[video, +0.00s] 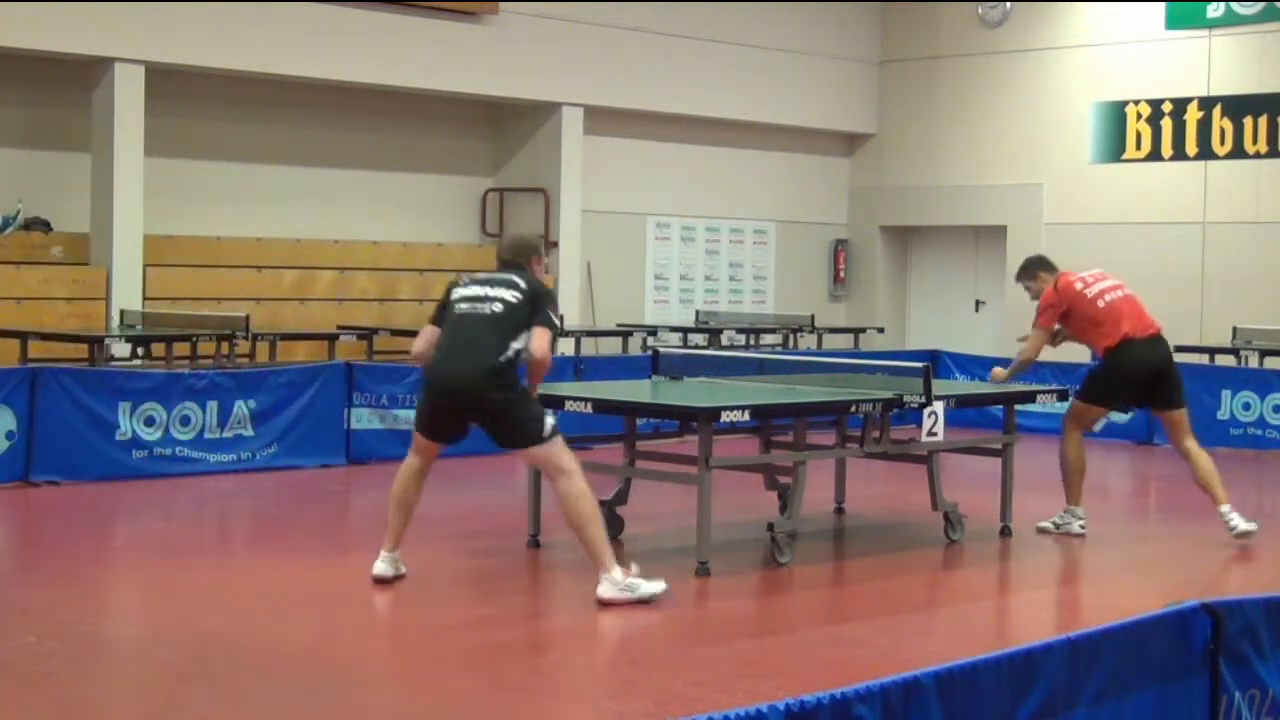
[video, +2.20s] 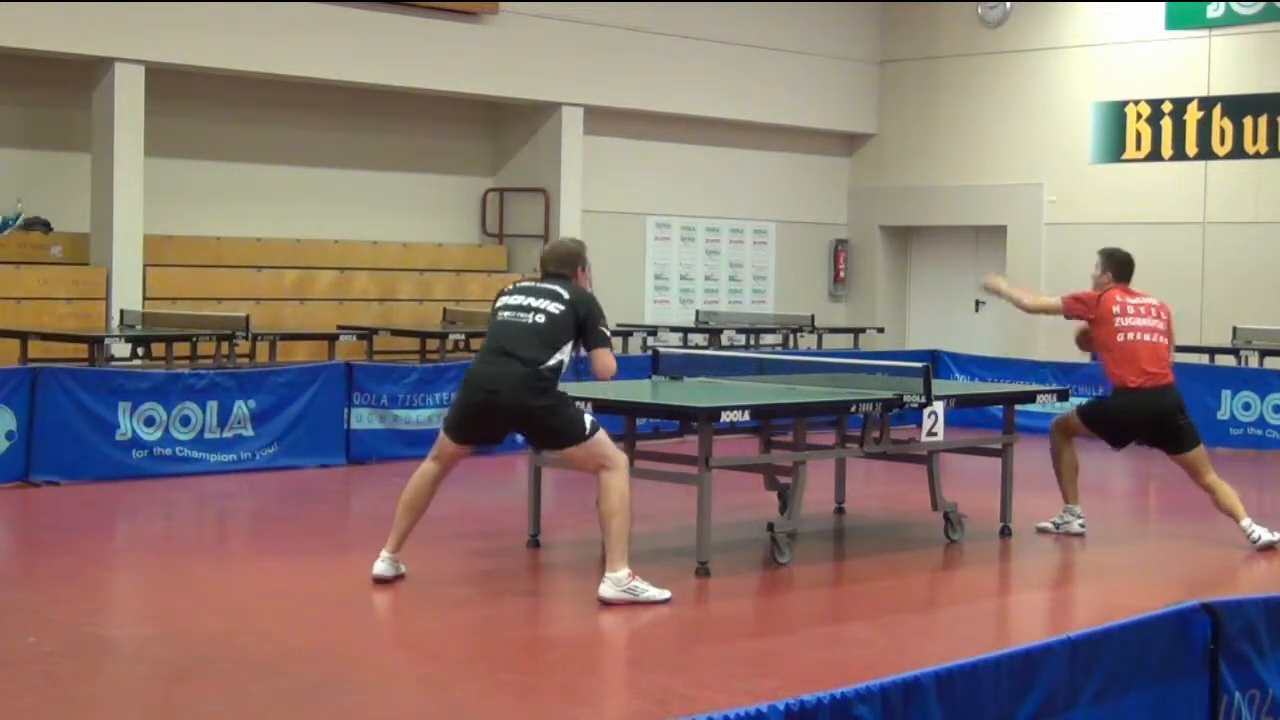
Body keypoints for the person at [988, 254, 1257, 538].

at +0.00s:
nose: (1032, 296)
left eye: (1030, 288)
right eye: (1028, 291)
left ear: (1041, 277)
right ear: (1053, 271)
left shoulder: (1055, 293)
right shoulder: (1092, 276)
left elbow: (1031, 353)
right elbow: (1097, 317)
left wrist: (1007, 373)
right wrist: (1064, 335)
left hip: (1121, 359)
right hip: (1159, 351)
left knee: (1073, 427)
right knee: (1186, 441)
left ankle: (1073, 514)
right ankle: (1229, 514)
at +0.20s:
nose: (1028, 323)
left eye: (1028, 317)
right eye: (1025, 319)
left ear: (1040, 307)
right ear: (1051, 299)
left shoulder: (1052, 323)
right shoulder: (1086, 306)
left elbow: (1017, 370)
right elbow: (1072, 355)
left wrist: (994, 367)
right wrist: (1031, 352)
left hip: (1125, 382)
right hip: (1161, 375)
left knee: (1063, 429)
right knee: (1198, 462)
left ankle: (1072, 514)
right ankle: (1254, 523)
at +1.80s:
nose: (1051, 316)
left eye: (1052, 309)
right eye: (1050, 310)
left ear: (1068, 305)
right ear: (1080, 302)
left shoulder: (1066, 328)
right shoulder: (1115, 319)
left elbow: (1022, 351)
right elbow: (1078, 345)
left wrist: (995, 342)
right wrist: (1040, 332)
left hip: (1119, 417)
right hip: (1158, 413)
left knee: (1052, 431)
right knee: (1201, 486)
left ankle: (1071, 514)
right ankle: (1247, 530)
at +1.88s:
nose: (1058, 307)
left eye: (1060, 300)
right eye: (1058, 301)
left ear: (1074, 298)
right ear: (1089, 295)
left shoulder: (1073, 318)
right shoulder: (1121, 316)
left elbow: (1022, 328)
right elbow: (1083, 335)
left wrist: (1001, 302)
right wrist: (1051, 316)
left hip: (1118, 416)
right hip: (1157, 413)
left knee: (1052, 432)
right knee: (1201, 484)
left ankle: (1071, 514)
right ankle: (1248, 530)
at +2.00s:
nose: (1070, 292)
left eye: (1073, 286)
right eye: (1071, 287)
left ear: (1086, 288)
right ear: (1103, 286)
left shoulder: (1083, 307)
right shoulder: (1132, 310)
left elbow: (1028, 301)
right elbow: (1101, 319)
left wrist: (1012, 266)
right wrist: (1067, 303)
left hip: (1121, 412)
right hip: (1160, 409)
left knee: (1054, 432)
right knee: (1202, 481)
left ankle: (1071, 515)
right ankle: (1248, 528)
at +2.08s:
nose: (1079, 284)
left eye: (1083, 278)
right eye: (1081, 278)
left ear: (1096, 281)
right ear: (1113, 282)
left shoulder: (1089, 303)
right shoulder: (1141, 309)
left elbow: (1029, 297)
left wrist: (1012, 267)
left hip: (1124, 408)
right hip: (1163, 406)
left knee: (1056, 432)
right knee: (1205, 480)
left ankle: (1071, 515)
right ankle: (1249, 528)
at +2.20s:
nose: (1091, 275)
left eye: (1095, 270)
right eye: (1094, 269)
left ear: (1108, 275)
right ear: (1126, 276)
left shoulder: (1100, 300)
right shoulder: (1159, 307)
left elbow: (1035, 305)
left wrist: (1002, 288)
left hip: (1127, 405)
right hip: (1169, 404)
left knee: (1061, 430)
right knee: (1209, 478)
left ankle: (1071, 514)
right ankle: (1251, 528)